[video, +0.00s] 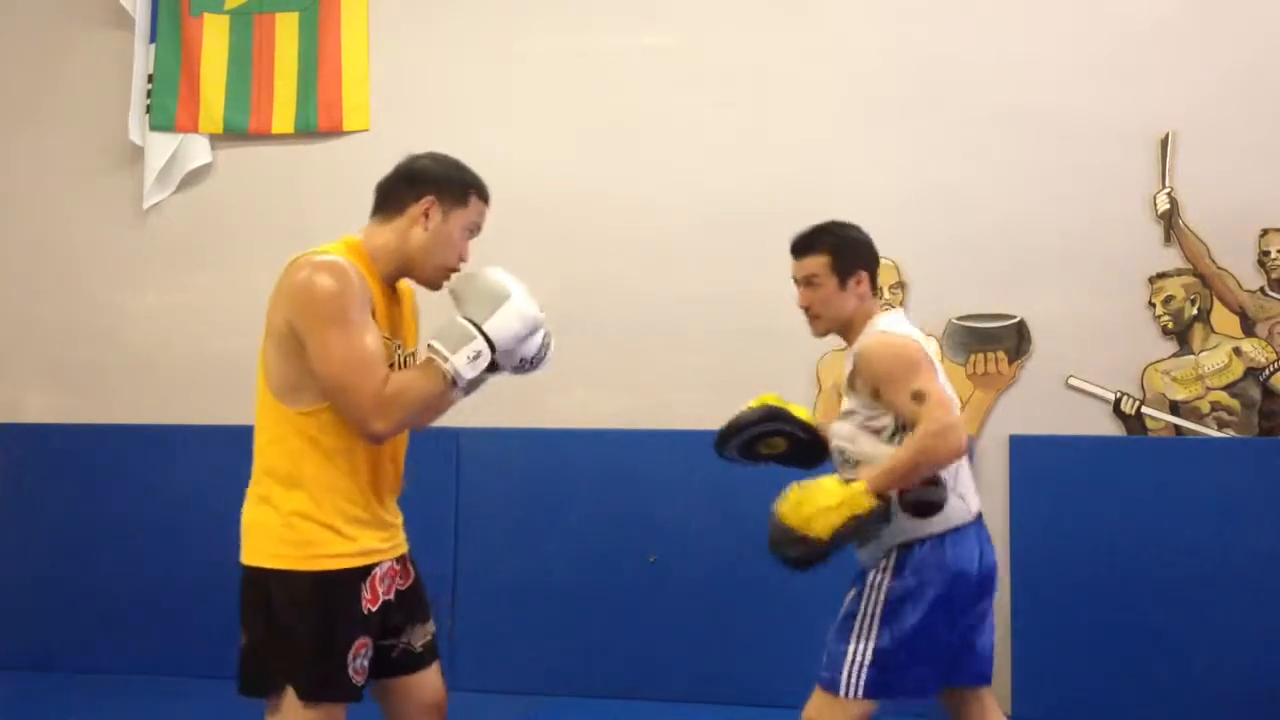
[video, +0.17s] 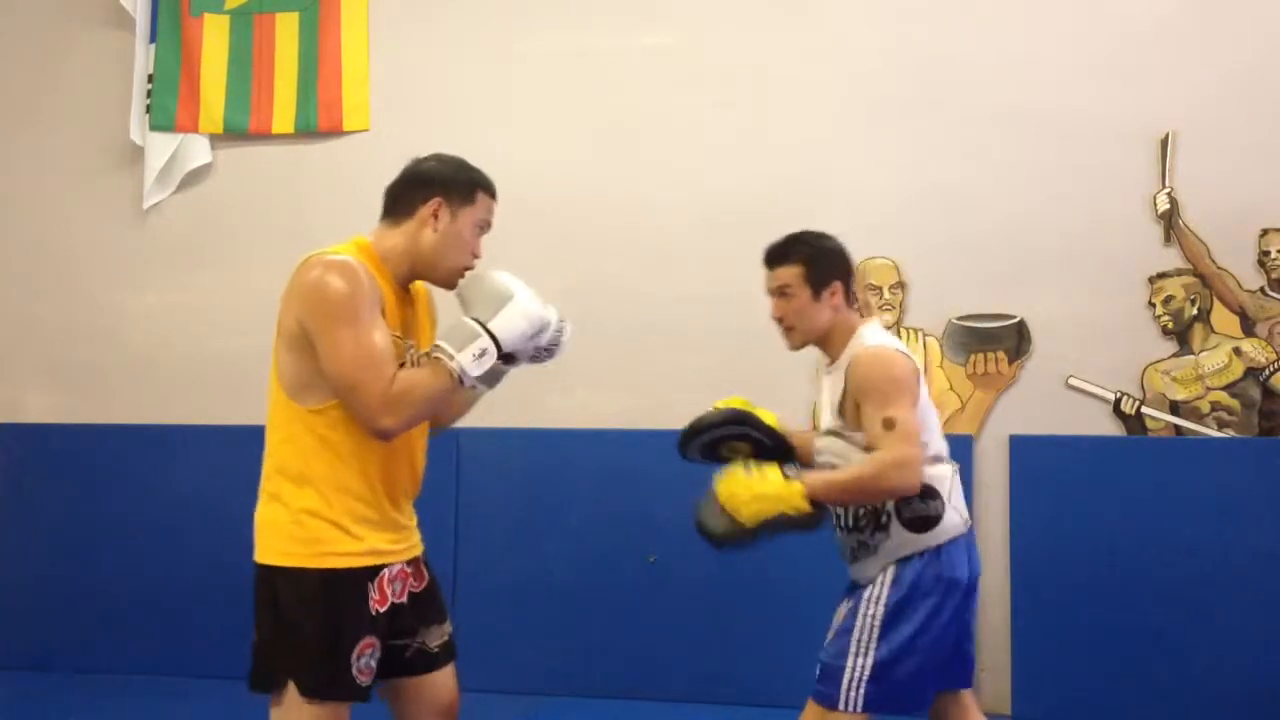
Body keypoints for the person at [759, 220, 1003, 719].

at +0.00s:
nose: (801, 300)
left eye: (811, 284)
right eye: (798, 286)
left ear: (859, 285)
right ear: (859, 289)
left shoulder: (881, 348)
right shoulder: (894, 337)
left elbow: (947, 436)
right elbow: (897, 442)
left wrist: (855, 492)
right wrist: (813, 434)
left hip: (915, 556)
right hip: (961, 545)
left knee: (831, 709)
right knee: (970, 699)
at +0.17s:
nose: (774, 311)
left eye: (785, 294)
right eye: (772, 296)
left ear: (834, 295)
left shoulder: (876, 360)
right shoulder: (837, 363)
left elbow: (902, 471)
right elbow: (847, 455)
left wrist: (798, 489)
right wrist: (781, 439)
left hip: (913, 563)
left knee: (831, 709)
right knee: (949, 701)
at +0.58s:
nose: (793, 311)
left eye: (804, 296)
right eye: (792, 297)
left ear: (852, 297)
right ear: (846, 300)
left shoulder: (889, 357)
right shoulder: (844, 363)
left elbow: (911, 460)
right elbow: (788, 424)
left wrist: (811, 471)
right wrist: (748, 376)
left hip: (925, 563)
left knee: (836, 710)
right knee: (956, 707)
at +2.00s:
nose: (834, 293)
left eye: (845, 278)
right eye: (832, 279)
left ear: (892, 280)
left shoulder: (924, 342)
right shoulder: (865, 349)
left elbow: (954, 440)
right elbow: (792, 384)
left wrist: (858, 439)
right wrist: (766, 318)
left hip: (931, 553)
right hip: (900, 554)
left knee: (854, 707)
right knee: (948, 700)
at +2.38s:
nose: (843, 313)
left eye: (854, 298)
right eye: (841, 299)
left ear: (899, 299)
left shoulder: (931, 358)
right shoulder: (887, 371)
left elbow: (979, 450)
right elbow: (829, 431)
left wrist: (887, 482)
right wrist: (799, 369)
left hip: (948, 572)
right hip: (925, 568)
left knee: (845, 712)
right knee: (930, 711)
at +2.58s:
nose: (826, 342)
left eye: (838, 326)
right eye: (821, 327)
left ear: (883, 329)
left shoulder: (932, 383)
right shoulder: (861, 391)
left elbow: (963, 483)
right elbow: (800, 442)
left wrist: (868, 490)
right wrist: (774, 386)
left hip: (962, 585)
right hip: (924, 584)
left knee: (857, 713)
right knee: (919, 713)